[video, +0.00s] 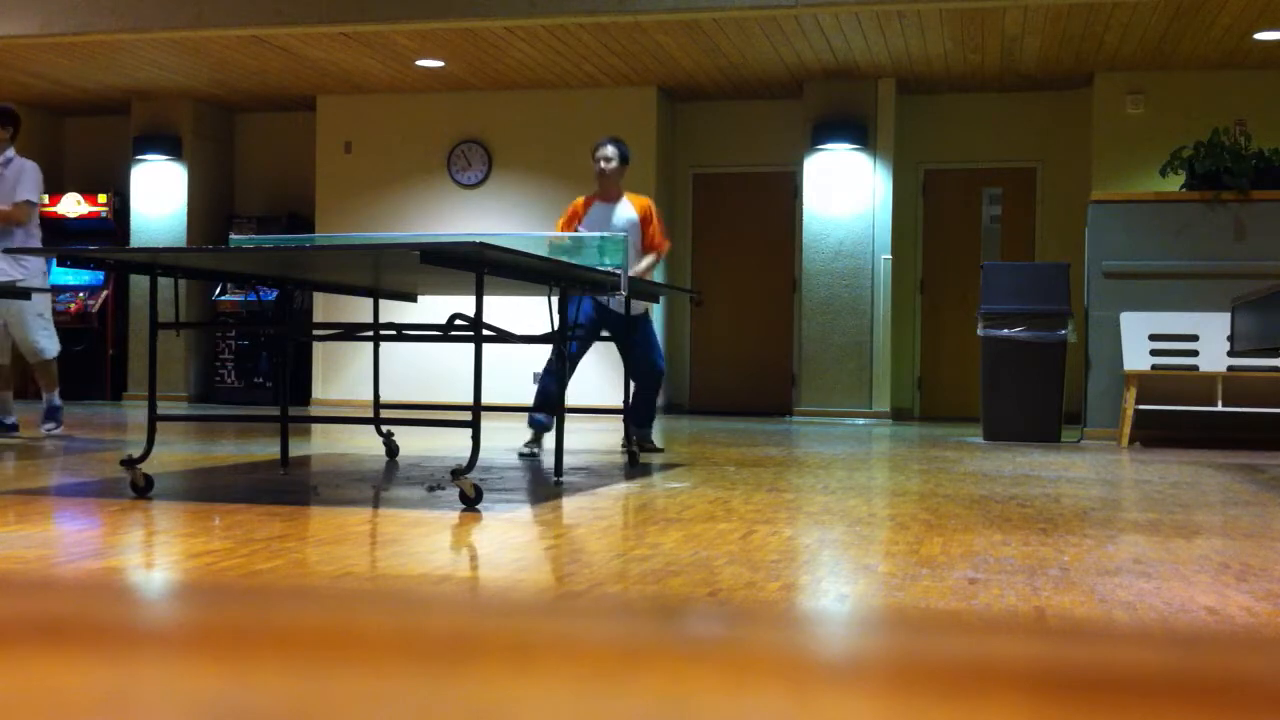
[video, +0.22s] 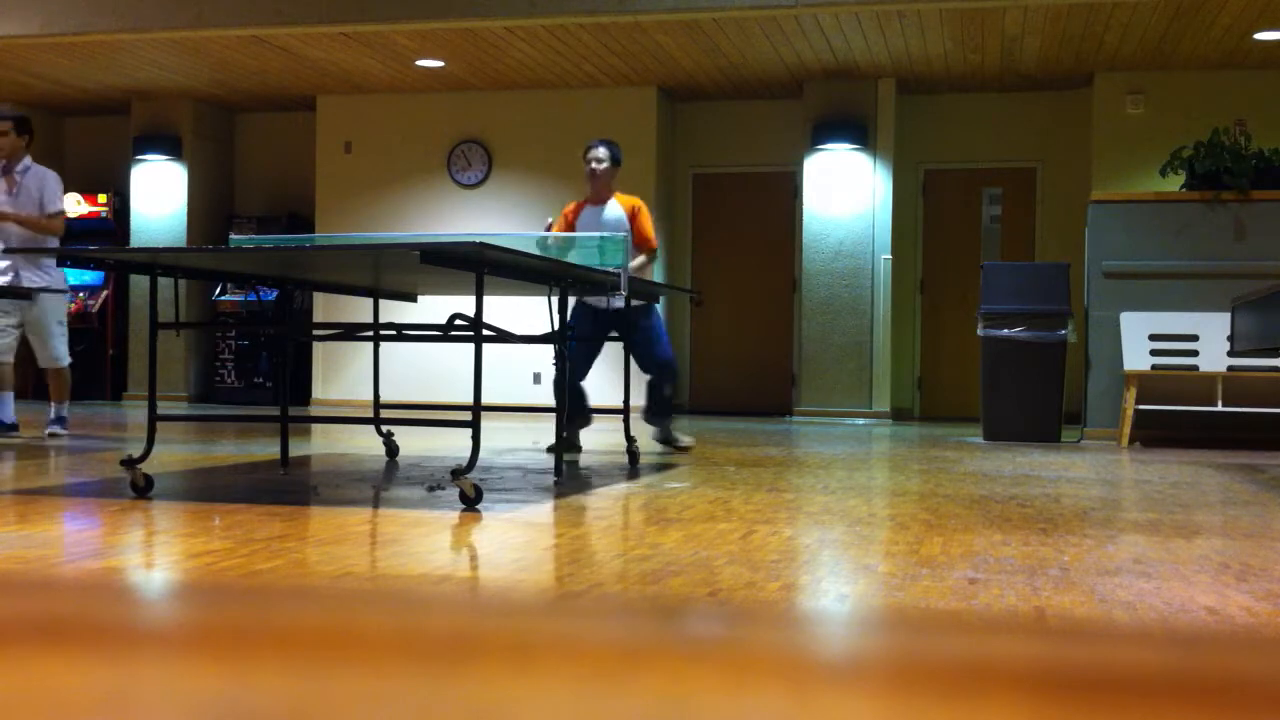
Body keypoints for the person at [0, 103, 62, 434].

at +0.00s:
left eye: (1, 129)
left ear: (9, 132)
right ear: (7, 132)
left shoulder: (25, 168)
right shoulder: (9, 170)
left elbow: (21, 215)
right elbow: (19, 214)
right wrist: (9, 212)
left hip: (23, 271)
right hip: (3, 272)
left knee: (35, 343)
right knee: (2, 350)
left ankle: (52, 403)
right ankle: (6, 415)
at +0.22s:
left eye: (4, 134)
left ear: (23, 139)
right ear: (4, 140)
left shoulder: (45, 178)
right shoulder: (1, 179)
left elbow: (57, 227)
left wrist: (11, 217)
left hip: (44, 282)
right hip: (5, 280)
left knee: (54, 357)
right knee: (2, 356)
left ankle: (59, 418)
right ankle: (6, 418)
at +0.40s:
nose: (5, 143)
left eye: (11, 137)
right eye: (2, 137)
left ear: (32, 141)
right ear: (2, 141)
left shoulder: (57, 179)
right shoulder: (3, 181)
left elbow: (75, 228)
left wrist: (29, 226)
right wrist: (6, 229)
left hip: (52, 281)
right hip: (11, 280)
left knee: (61, 353)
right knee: (3, 350)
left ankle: (60, 416)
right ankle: (1, 413)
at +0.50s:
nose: (8, 141)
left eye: (15, 135)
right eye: (5, 135)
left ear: (36, 139)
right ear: (2, 140)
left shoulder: (62, 179)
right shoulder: (2, 181)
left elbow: (81, 225)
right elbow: (3, 221)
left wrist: (40, 229)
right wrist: (3, 229)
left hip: (53, 282)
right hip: (11, 281)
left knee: (62, 355)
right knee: (2, 350)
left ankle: (59, 416)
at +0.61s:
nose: (10, 142)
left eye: (17, 136)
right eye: (7, 136)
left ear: (38, 139)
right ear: (3, 140)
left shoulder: (62, 179)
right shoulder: (2, 180)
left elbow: (83, 226)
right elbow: (3, 223)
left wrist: (44, 229)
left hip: (53, 281)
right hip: (10, 279)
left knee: (61, 353)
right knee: (2, 353)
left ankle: (59, 416)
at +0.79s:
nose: (12, 147)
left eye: (18, 141)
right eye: (8, 141)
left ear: (37, 144)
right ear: (4, 144)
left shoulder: (60, 182)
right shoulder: (1, 181)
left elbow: (80, 227)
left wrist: (45, 230)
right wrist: (8, 253)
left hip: (53, 281)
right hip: (9, 280)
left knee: (63, 350)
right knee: (1, 352)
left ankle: (61, 415)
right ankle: (0, 413)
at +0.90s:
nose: (14, 160)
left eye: (21, 153)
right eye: (9, 154)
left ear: (38, 156)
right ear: (5, 157)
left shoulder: (60, 189)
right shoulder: (2, 192)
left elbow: (78, 228)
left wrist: (58, 242)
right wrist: (19, 238)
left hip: (58, 283)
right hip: (11, 284)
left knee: (72, 348)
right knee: (2, 352)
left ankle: (72, 414)